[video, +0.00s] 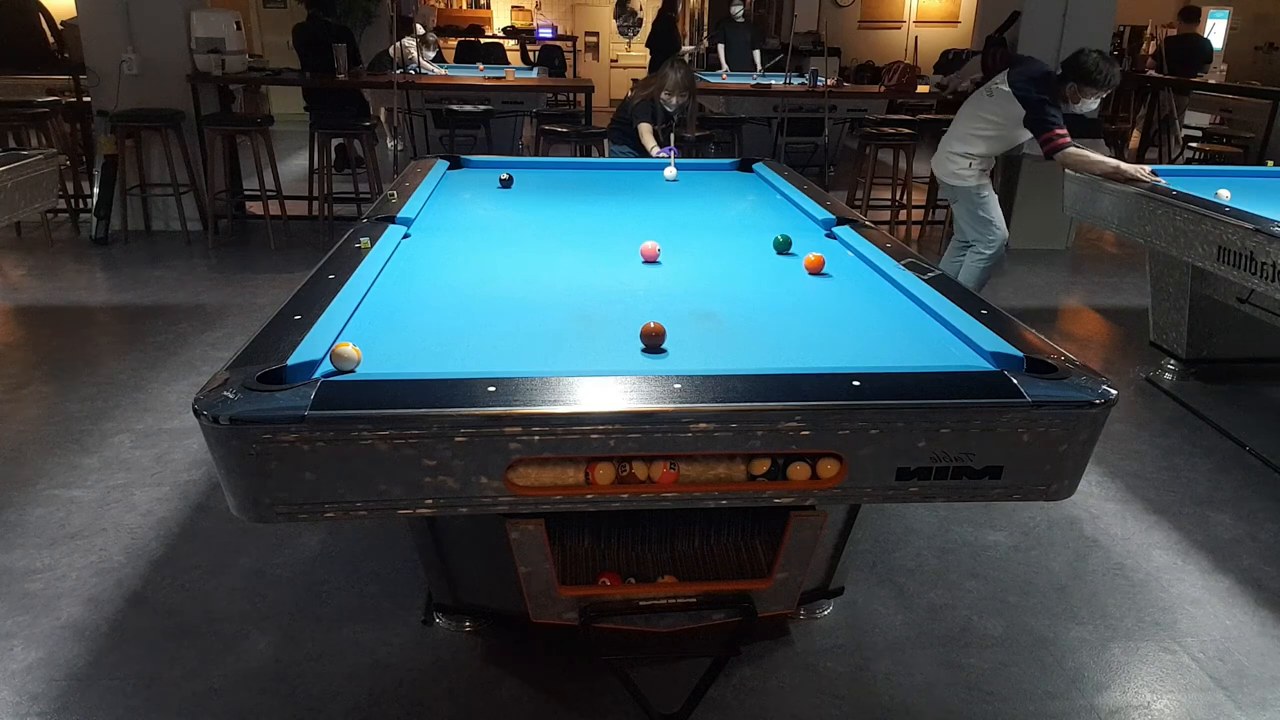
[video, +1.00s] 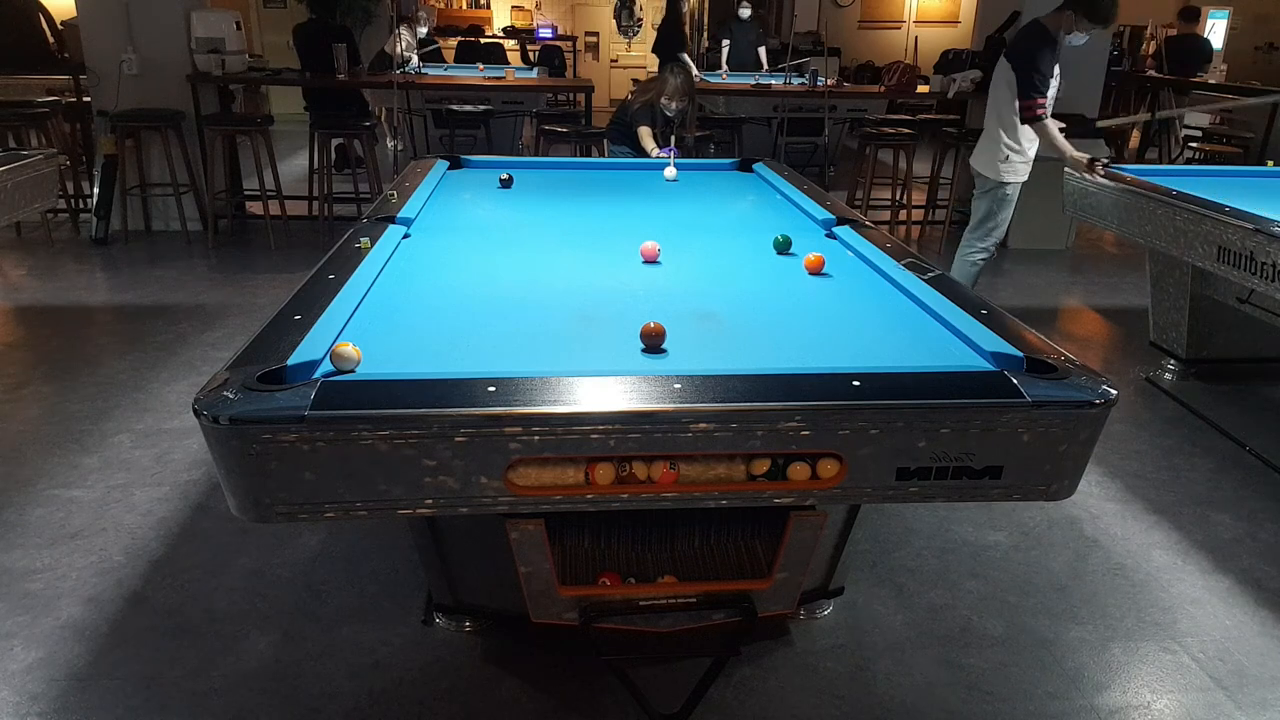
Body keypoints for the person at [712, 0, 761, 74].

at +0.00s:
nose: (735, 10)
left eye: (738, 7)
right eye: (733, 7)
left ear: (743, 8)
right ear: (730, 9)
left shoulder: (750, 26)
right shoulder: (724, 25)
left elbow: (755, 48)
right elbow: (720, 46)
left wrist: (758, 66)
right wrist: (723, 65)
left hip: (748, 71)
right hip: (730, 71)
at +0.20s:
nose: (738, 10)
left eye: (741, 8)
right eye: (736, 8)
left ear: (746, 9)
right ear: (732, 10)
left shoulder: (753, 26)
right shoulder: (725, 25)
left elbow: (758, 48)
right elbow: (722, 44)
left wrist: (762, 65)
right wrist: (723, 64)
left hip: (749, 69)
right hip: (731, 70)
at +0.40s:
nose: (740, 10)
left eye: (743, 8)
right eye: (738, 8)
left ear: (748, 10)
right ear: (734, 10)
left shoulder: (754, 27)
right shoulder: (728, 25)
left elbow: (758, 49)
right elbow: (724, 44)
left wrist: (764, 64)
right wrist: (723, 63)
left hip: (750, 69)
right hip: (732, 69)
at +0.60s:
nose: (742, 11)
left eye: (745, 8)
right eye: (739, 7)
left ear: (750, 10)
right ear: (736, 9)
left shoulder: (755, 27)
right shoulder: (729, 24)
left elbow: (760, 48)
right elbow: (725, 43)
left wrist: (765, 65)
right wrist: (723, 63)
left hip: (750, 69)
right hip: (732, 69)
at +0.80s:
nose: (743, 11)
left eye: (746, 8)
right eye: (740, 8)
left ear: (751, 10)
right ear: (736, 10)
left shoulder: (755, 26)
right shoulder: (730, 24)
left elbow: (760, 47)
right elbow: (725, 43)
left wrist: (765, 65)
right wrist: (723, 64)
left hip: (750, 68)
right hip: (733, 68)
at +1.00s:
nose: (744, 11)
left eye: (747, 9)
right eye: (741, 8)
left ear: (751, 11)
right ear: (737, 10)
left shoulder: (756, 26)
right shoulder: (730, 24)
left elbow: (761, 47)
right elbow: (725, 44)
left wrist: (765, 65)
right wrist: (723, 63)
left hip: (751, 67)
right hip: (734, 68)